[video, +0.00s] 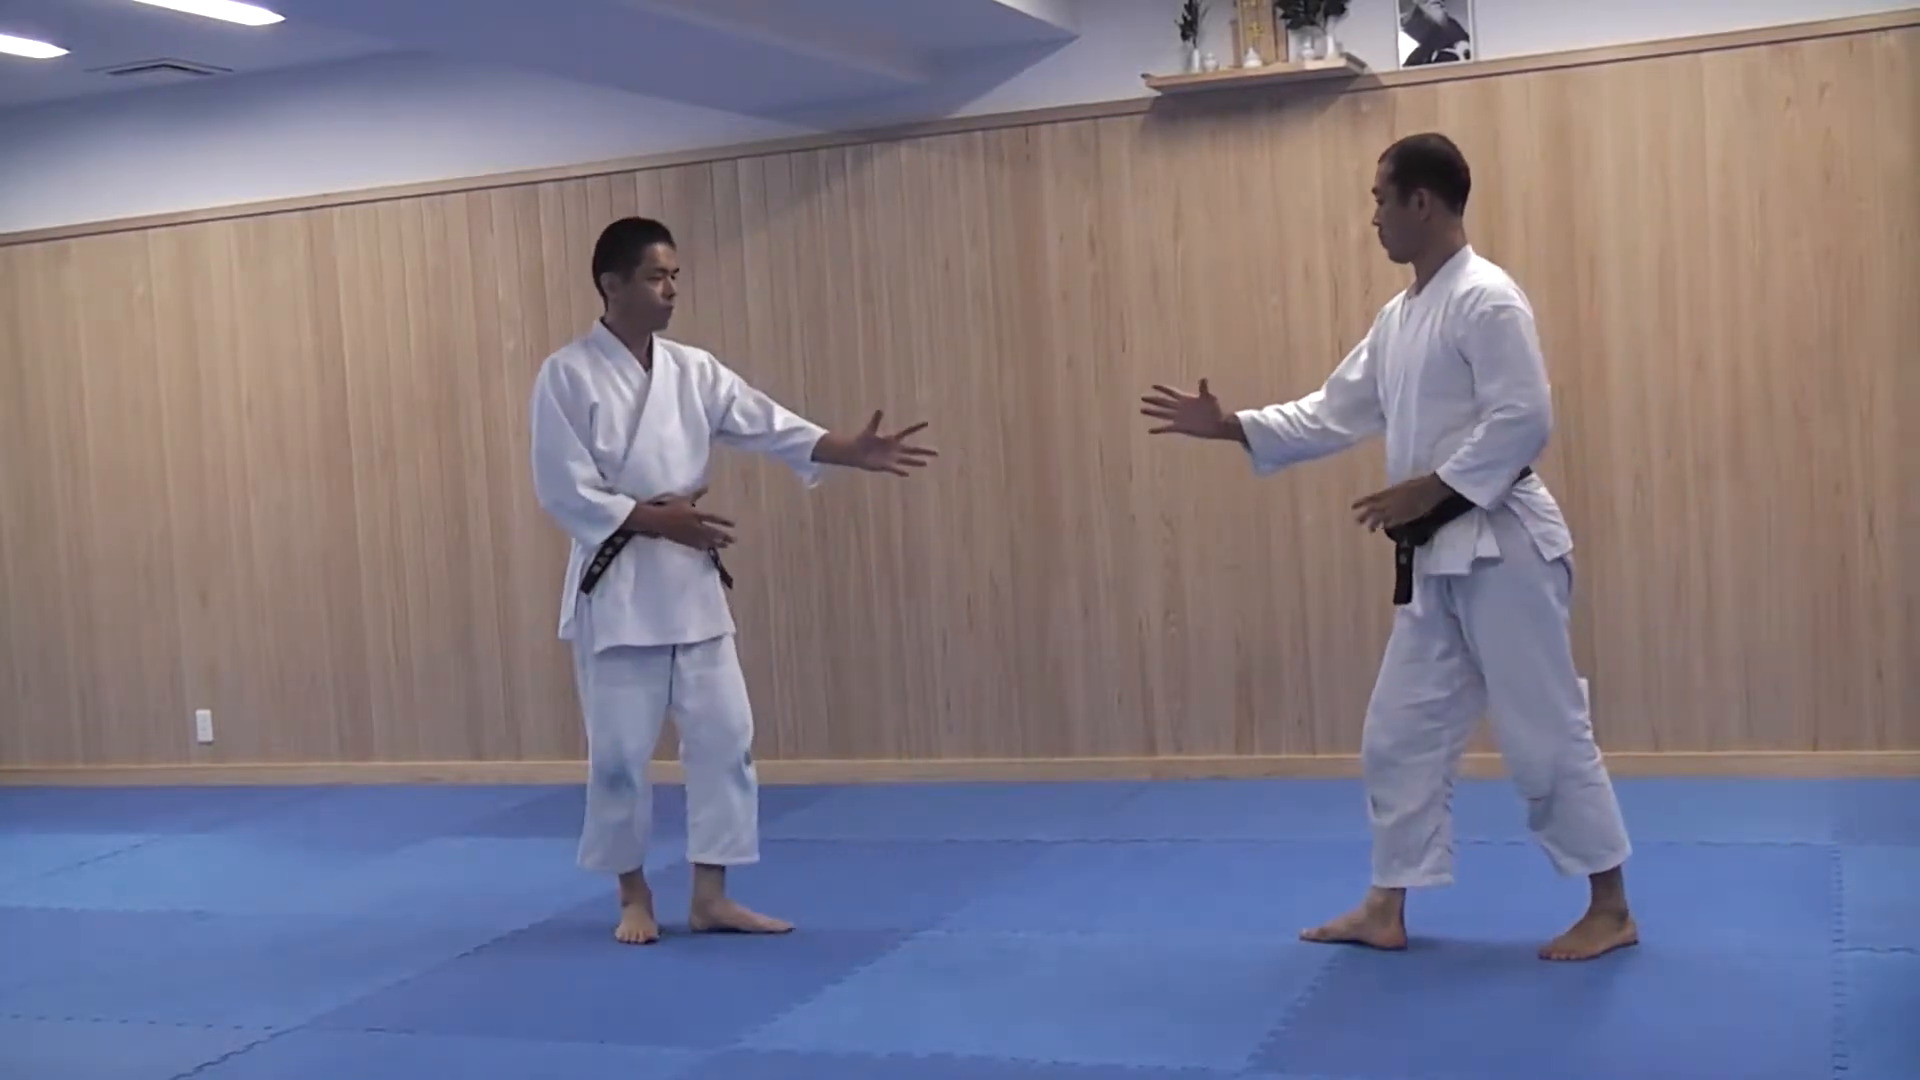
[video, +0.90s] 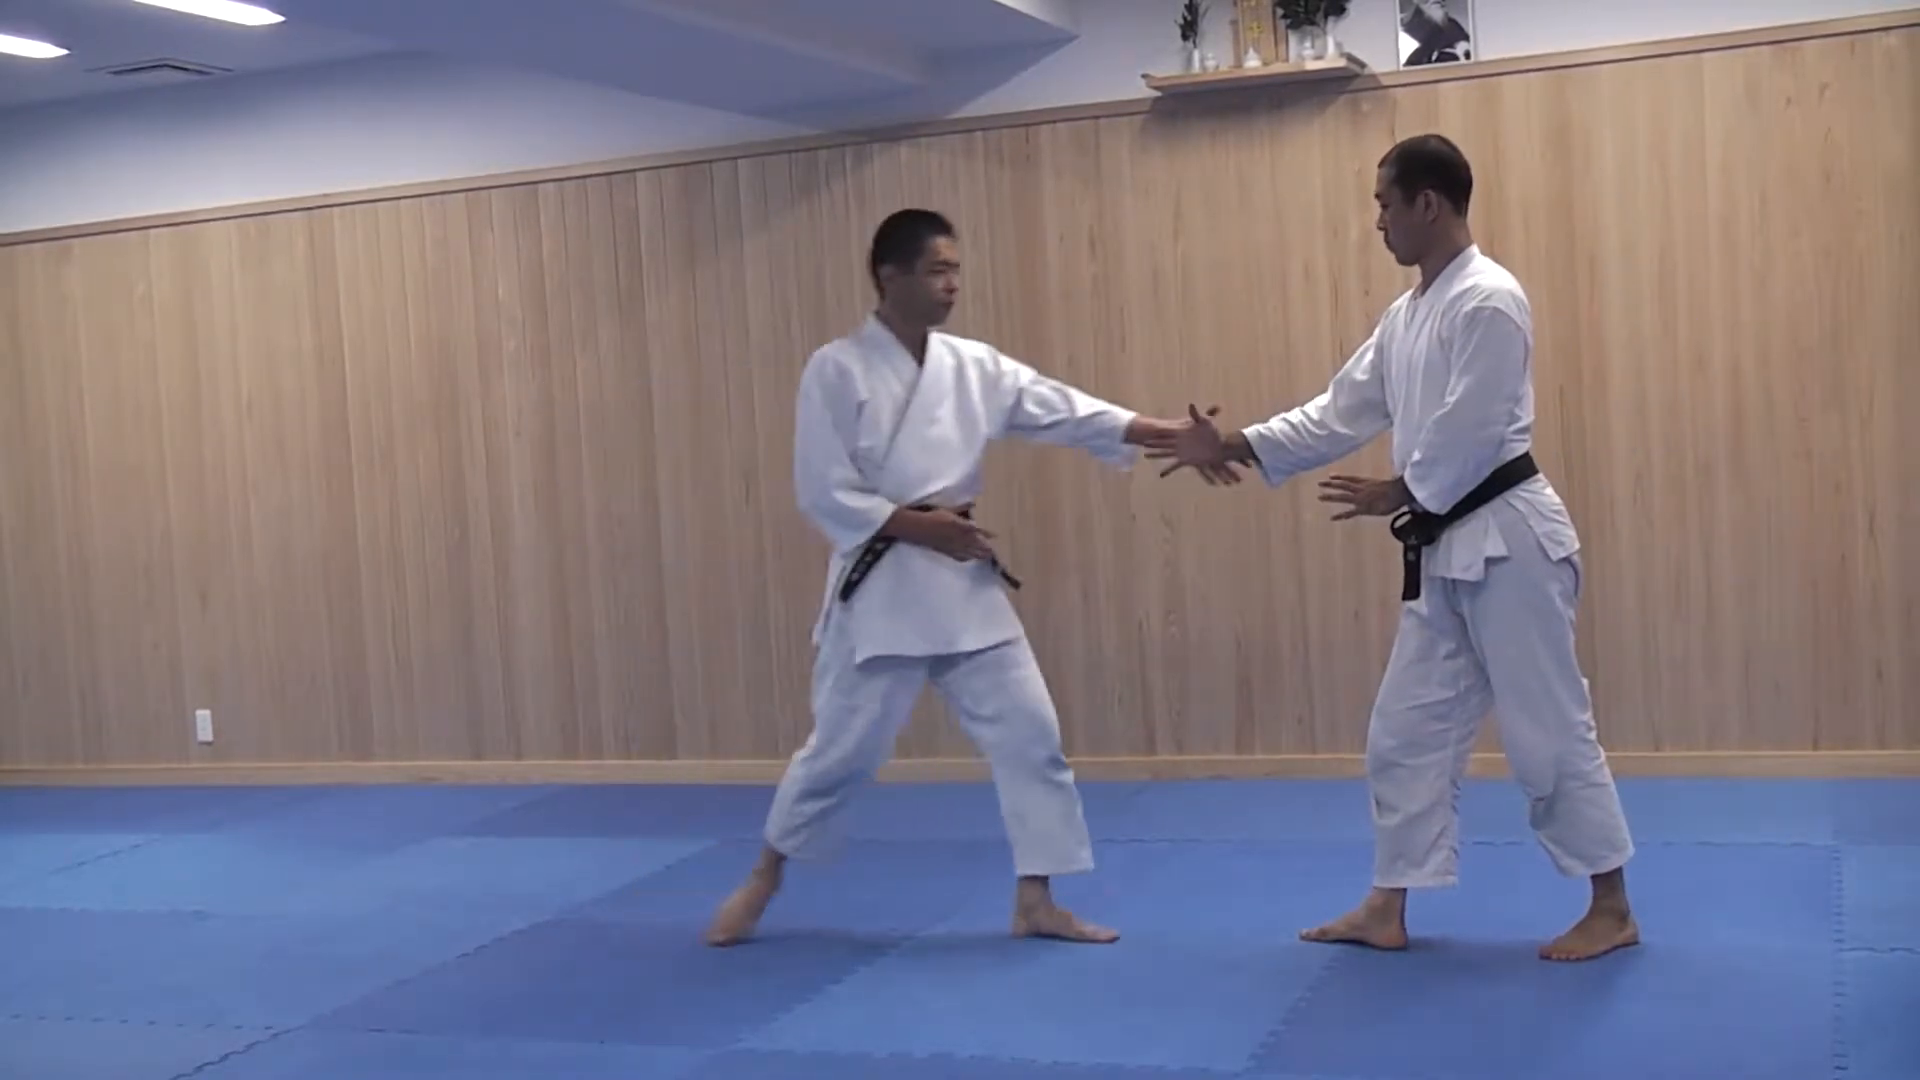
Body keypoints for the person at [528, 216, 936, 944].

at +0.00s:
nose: (671, 289)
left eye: (675, 277)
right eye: (657, 278)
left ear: (675, 282)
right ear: (610, 285)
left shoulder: (691, 367)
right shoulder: (568, 374)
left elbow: (766, 422)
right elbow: (565, 490)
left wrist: (845, 450)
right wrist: (657, 520)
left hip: (693, 579)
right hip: (617, 588)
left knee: (725, 736)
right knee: (619, 752)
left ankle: (709, 897)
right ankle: (634, 899)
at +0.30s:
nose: (688, 292)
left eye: (691, 279)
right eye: (673, 280)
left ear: (690, 285)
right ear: (627, 288)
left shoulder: (710, 370)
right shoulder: (587, 380)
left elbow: (787, 422)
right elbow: (589, 496)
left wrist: (870, 450)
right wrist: (684, 525)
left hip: (723, 581)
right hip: (646, 591)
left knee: (779, 725)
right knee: (645, 759)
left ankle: (795, 895)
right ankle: (637, 901)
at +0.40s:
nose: (709, 298)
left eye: (712, 286)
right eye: (694, 286)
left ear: (711, 292)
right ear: (647, 294)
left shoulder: (732, 377)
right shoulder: (605, 385)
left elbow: (810, 426)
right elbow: (604, 500)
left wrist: (896, 452)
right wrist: (698, 529)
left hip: (744, 586)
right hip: (666, 595)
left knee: (814, 730)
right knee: (659, 764)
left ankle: (861, 895)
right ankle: (638, 905)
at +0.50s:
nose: (739, 306)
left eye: (742, 293)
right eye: (724, 294)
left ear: (740, 300)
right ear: (677, 302)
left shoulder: (762, 385)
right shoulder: (634, 394)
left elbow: (843, 430)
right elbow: (626, 506)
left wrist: (936, 453)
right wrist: (714, 538)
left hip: (771, 595)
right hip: (691, 604)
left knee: (857, 736)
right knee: (673, 773)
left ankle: (933, 888)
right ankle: (637, 898)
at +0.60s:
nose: (782, 311)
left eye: (785, 299)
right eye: (768, 300)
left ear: (784, 304)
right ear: (720, 308)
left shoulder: (808, 391)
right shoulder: (676, 400)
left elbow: (892, 431)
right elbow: (665, 514)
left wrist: (990, 447)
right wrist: (754, 544)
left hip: (813, 604)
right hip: (729, 612)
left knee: (908, 739)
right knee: (694, 776)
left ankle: (992, 887)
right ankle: (641, 892)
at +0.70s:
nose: (841, 310)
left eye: (844, 297)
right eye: (825, 298)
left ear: (845, 301)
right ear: (778, 305)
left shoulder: (868, 392)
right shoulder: (734, 402)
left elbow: (961, 426)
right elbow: (723, 517)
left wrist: (1059, 438)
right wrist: (813, 546)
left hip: (873, 607)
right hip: (787, 612)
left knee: (970, 739)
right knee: (734, 769)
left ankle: (1027, 901)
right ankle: (655, 879)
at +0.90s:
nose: (953, 285)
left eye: (957, 272)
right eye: (937, 272)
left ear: (955, 277)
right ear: (888, 277)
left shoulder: (973, 364)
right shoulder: (837, 370)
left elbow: (1064, 409)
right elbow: (824, 491)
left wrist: (1171, 436)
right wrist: (918, 525)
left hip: (965, 577)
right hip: (882, 579)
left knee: (1031, 732)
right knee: (841, 750)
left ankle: (1034, 900)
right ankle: (764, 878)